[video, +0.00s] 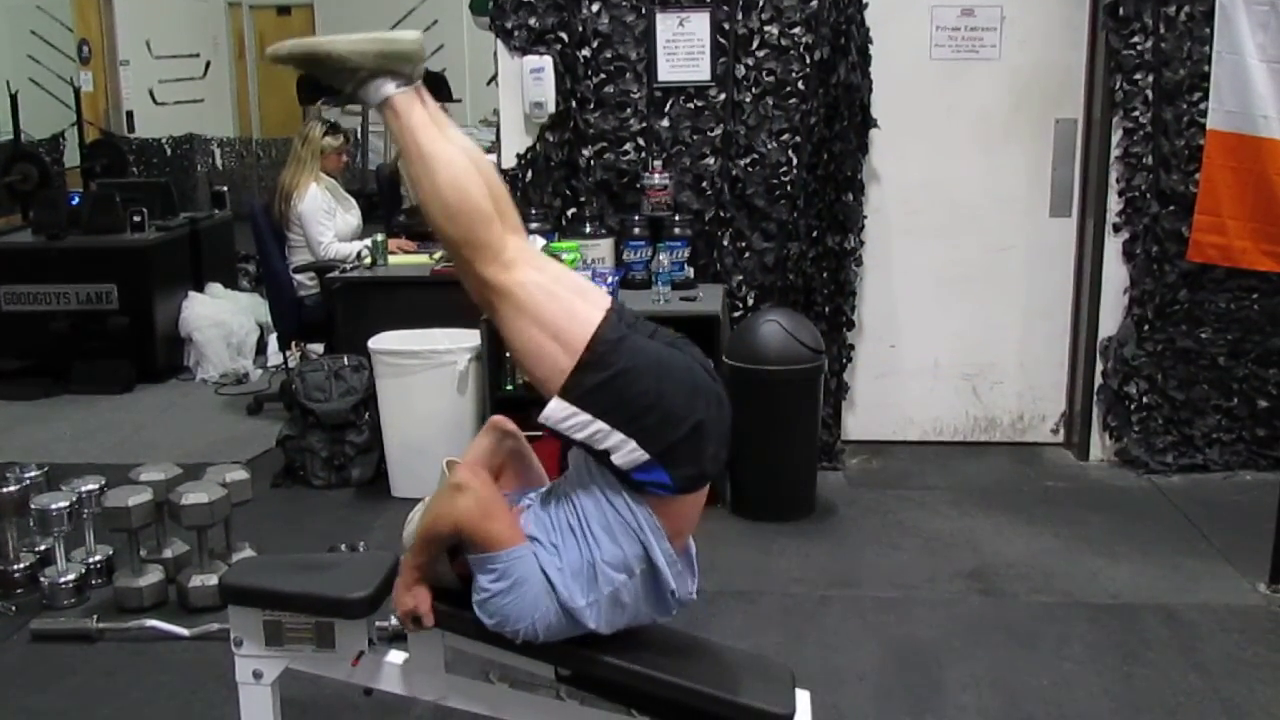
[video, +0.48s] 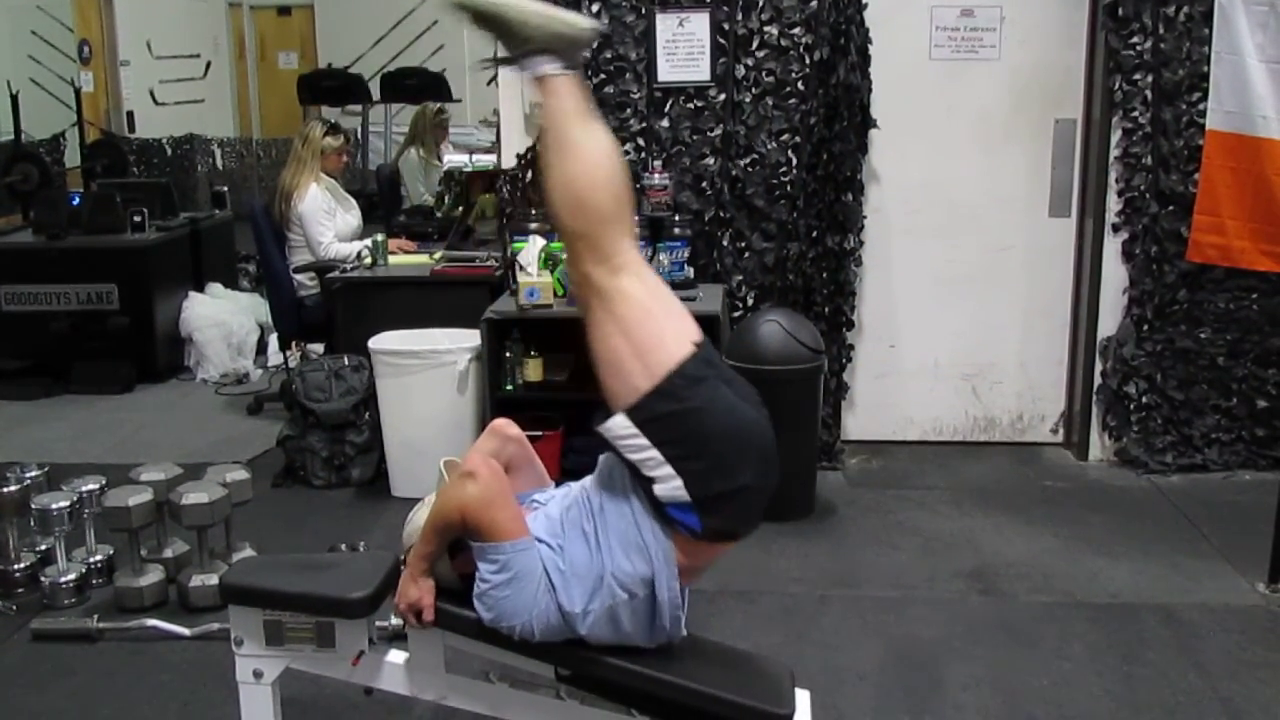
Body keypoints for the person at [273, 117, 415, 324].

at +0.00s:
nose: (345, 160)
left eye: (345, 153)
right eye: (339, 154)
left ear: (324, 156)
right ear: (320, 155)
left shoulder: (323, 186)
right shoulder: (311, 191)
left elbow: (334, 244)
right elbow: (325, 251)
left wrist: (381, 243)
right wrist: (380, 245)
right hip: (318, 292)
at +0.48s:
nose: (345, 159)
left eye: (346, 153)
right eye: (339, 154)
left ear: (324, 155)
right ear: (319, 154)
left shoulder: (323, 186)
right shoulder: (311, 192)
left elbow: (335, 243)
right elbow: (325, 251)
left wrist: (380, 244)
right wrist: (379, 246)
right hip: (319, 293)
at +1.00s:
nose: (345, 160)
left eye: (345, 153)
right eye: (339, 154)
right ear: (319, 155)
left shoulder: (323, 186)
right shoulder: (310, 192)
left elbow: (335, 242)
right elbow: (325, 251)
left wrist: (380, 243)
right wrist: (379, 245)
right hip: (318, 292)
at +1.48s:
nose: (346, 159)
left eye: (346, 153)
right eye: (340, 154)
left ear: (322, 155)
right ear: (320, 154)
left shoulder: (324, 186)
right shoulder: (312, 193)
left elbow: (333, 245)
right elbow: (324, 252)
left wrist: (378, 242)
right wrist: (378, 245)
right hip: (319, 293)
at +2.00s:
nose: (346, 160)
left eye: (346, 153)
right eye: (340, 154)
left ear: (323, 155)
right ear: (320, 155)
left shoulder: (323, 186)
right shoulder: (312, 192)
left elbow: (332, 245)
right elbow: (326, 251)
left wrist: (377, 243)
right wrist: (378, 245)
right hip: (318, 292)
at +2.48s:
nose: (346, 159)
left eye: (346, 153)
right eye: (340, 154)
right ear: (320, 154)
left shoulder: (324, 185)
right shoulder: (312, 192)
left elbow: (333, 245)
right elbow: (326, 251)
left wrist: (377, 243)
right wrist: (378, 245)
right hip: (318, 293)